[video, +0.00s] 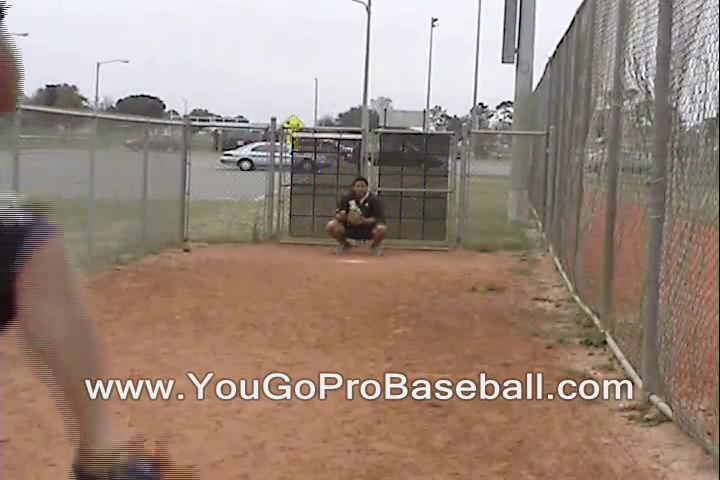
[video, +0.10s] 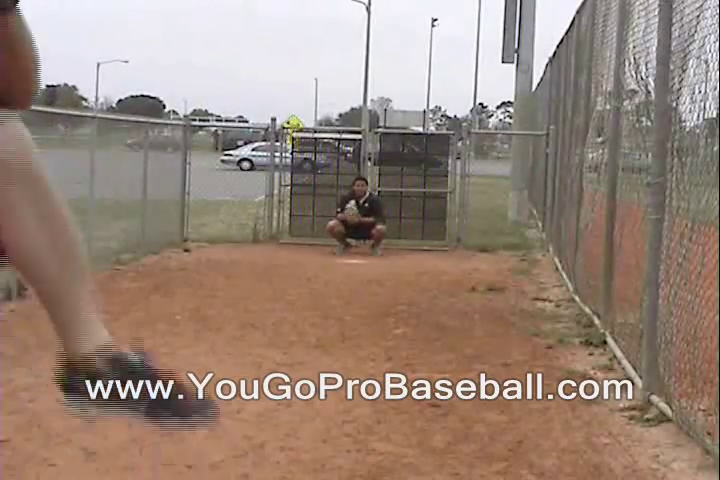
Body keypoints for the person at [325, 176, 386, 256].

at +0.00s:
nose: (360, 189)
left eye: (362, 186)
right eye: (357, 186)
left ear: (367, 188)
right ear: (353, 188)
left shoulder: (374, 200)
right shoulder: (346, 199)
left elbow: (379, 219)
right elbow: (338, 215)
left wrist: (363, 221)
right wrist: (346, 217)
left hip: (366, 227)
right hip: (350, 227)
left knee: (381, 229)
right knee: (331, 226)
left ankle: (375, 246)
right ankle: (344, 244)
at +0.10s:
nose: (360, 189)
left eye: (362, 186)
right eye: (357, 186)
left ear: (367, 187)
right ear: (353, 187)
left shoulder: (374, 200)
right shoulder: (346, 198)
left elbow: (379, 219)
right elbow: (338, 215)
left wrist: (360, 220)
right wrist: (346, 217)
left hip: (367, 227)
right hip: (349, 227)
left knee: (380, 229)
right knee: (332, 226)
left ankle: (375, 246)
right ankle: (344, 244)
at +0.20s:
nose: (360, 188)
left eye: (362, 185)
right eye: (357, 185)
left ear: (367, 187)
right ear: (353, 187)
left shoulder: (374, 200)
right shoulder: (346, 198)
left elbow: (379, 220)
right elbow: (338, 215)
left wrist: (361, 218)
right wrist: (346, 216)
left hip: (366, 227)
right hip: (350, 226)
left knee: (380, 230)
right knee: (333, 226)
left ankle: (374, 246)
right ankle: (345, 244)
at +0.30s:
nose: (360, 187)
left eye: (363, 184)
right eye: (358, 184)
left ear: (367, 186)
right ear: (353, 186)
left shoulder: (374, 200)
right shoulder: (346, 198)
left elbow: (379, 219)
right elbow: (338, 214)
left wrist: (363, 216)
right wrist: (347, 214)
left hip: (366, 227)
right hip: (350, 226)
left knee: (379, 230)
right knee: (333, 226)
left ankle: (374, 246)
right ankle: (345, 244)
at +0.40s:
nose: (360, 187)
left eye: (363, 184)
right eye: (358, 184)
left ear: (367, 186)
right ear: (353, 186)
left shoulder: (373, 199)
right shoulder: (346, 197)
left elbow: (379, 217)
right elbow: (338, 214)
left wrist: (363, 213)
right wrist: (348, 213)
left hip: (366, 228)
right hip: (350, 228)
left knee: (379, 230)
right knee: (333, 226)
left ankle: (374, 246)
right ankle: (345, 244)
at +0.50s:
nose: (360, 187)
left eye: (363, 184)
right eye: (358, 184)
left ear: (367, 186)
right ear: (353, 186)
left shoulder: (372, 199)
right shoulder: (346, 198)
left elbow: (379, 215)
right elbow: (338, 214)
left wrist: (364, 212)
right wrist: (346, 214)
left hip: (366, 227)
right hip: (350, 227)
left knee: (378, 230)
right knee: (333, 226)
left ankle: (374, 246)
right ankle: (345, 244)